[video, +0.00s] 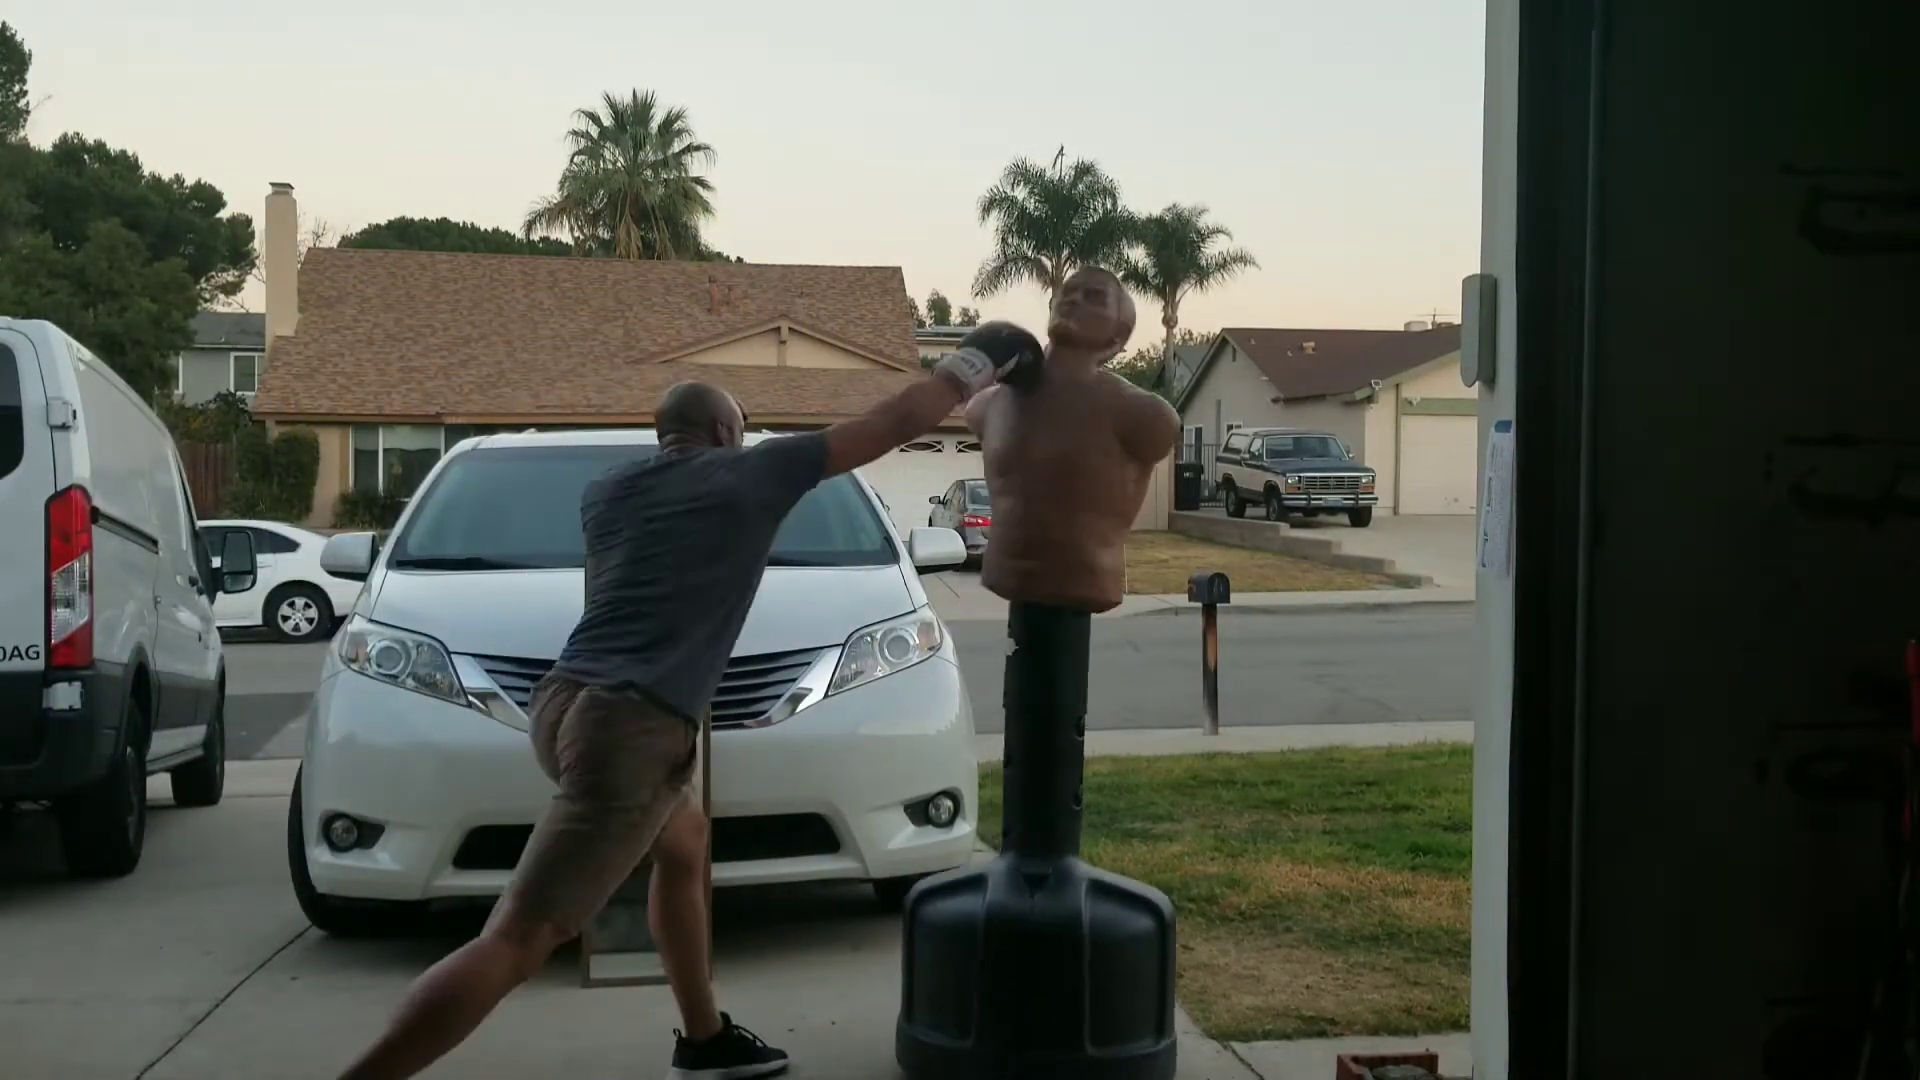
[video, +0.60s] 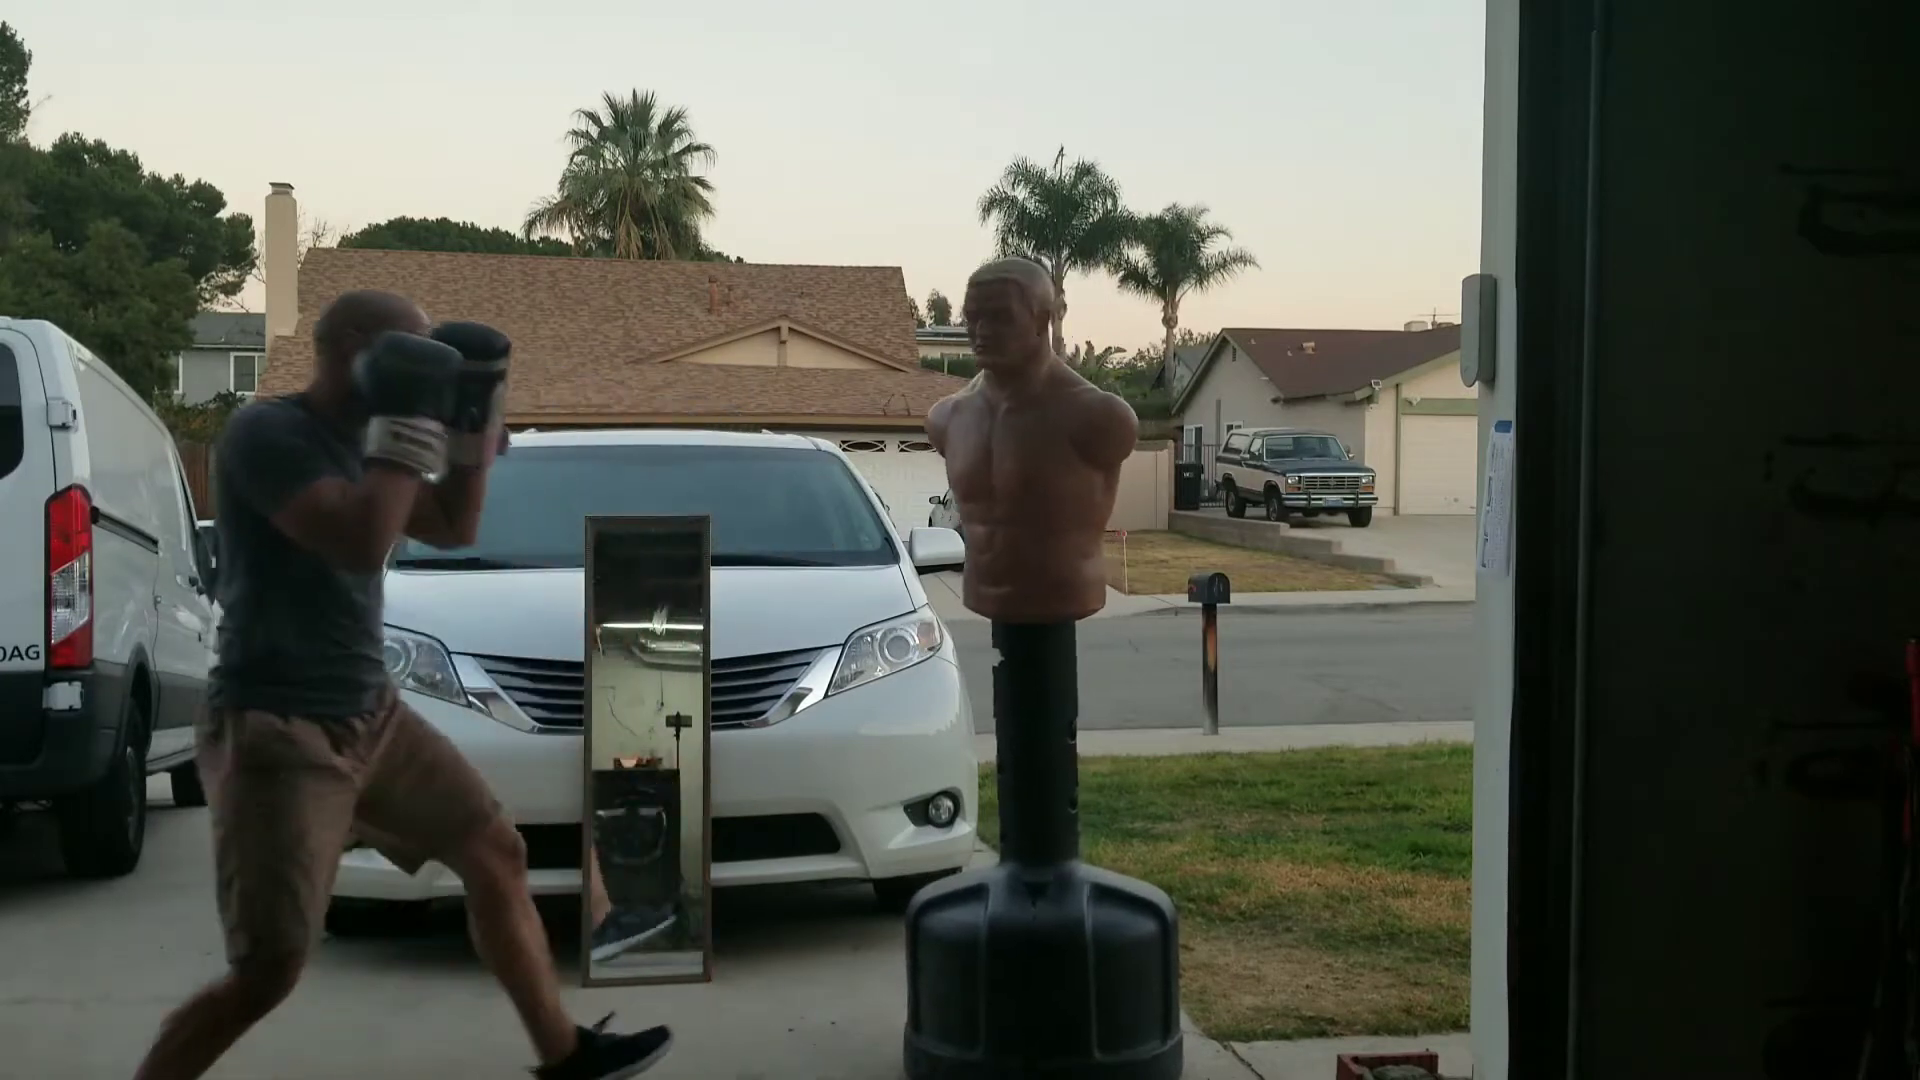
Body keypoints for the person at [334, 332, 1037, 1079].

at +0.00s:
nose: (747, 439)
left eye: (739, 428)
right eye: (742, 428)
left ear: (660, 435)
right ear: (728, 430)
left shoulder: (607, 490)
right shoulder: (754, 474)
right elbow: (891, 422)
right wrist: (974, 366)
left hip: (563, 708)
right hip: (639, 727)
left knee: (684, 839)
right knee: (514, 943)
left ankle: (704, 1032)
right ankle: (362, 1072)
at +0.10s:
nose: (741, 455)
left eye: (740, 447)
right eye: (738, 445)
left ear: (659, 448)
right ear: (716, 442)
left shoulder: (605, 497)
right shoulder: (726, 474)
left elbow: (595, 582)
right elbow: (867, 478)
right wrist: (941, 424)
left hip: (543, 710)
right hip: (603, 721)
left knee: (684, 827)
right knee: (521, 955)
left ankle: (708, 1036)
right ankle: (372, 1074)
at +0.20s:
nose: (732, 473)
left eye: (733, 464)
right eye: (729, 460)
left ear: (654, 447)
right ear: (702, 448)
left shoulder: (598, 496)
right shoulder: (684, 479)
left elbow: (676, 634)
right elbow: (752, 563)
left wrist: (702, 545)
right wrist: (791, 525)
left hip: (575, 721)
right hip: (568, 726)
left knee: (685, 826)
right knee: (529, 967)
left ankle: (711, 1035)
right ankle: (311, 1071)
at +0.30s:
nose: (692, 473)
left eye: (694, 461)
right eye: (687, 459)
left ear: (625, 448)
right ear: (650, 452)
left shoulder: (613, 515)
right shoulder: (588, 490)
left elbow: (663, 640)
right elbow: (663, 591)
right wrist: (700, 508)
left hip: (582, 754)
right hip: (520, 753)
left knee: (684, 831)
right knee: (485, 994)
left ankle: (711, 1035)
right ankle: (241, 1058)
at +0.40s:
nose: (598, 452)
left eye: (601, 439)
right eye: (588, 437)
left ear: (556, 440)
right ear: (542, 431)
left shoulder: (543, 502)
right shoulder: (474, 481)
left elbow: (609, 611)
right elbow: (567, 589)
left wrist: (628, 513)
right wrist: (602, 490)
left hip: (519, 761)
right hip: (443, 761)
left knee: (643, 852)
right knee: (389, 1011)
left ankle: (707, 1037)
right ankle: (194, 1074)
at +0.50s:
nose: (496, 415)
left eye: (501, 400)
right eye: (486, 398)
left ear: (459, 409)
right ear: (437, 397)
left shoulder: (443, 482)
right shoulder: (347, 469)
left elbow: (514, 577)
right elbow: (441, 573)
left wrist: (544, 448)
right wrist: (498, 456)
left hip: (444, 753)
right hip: (351, 760)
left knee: (552, 899)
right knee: (309, 1001)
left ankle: (670, 1036)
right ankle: (166, 1075)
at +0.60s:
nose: (411, 382)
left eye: (420, 368)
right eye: (401, 364)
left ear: (393, 373)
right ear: (348, 358)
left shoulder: (356, 442)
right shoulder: (262, 432)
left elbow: (452, 524)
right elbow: (362, 537)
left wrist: (481, 402)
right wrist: (410, 419)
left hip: (369, 714)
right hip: (276, 728)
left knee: (493, 848)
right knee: (268, 971)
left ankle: (560, 1050)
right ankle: (151, 1077)